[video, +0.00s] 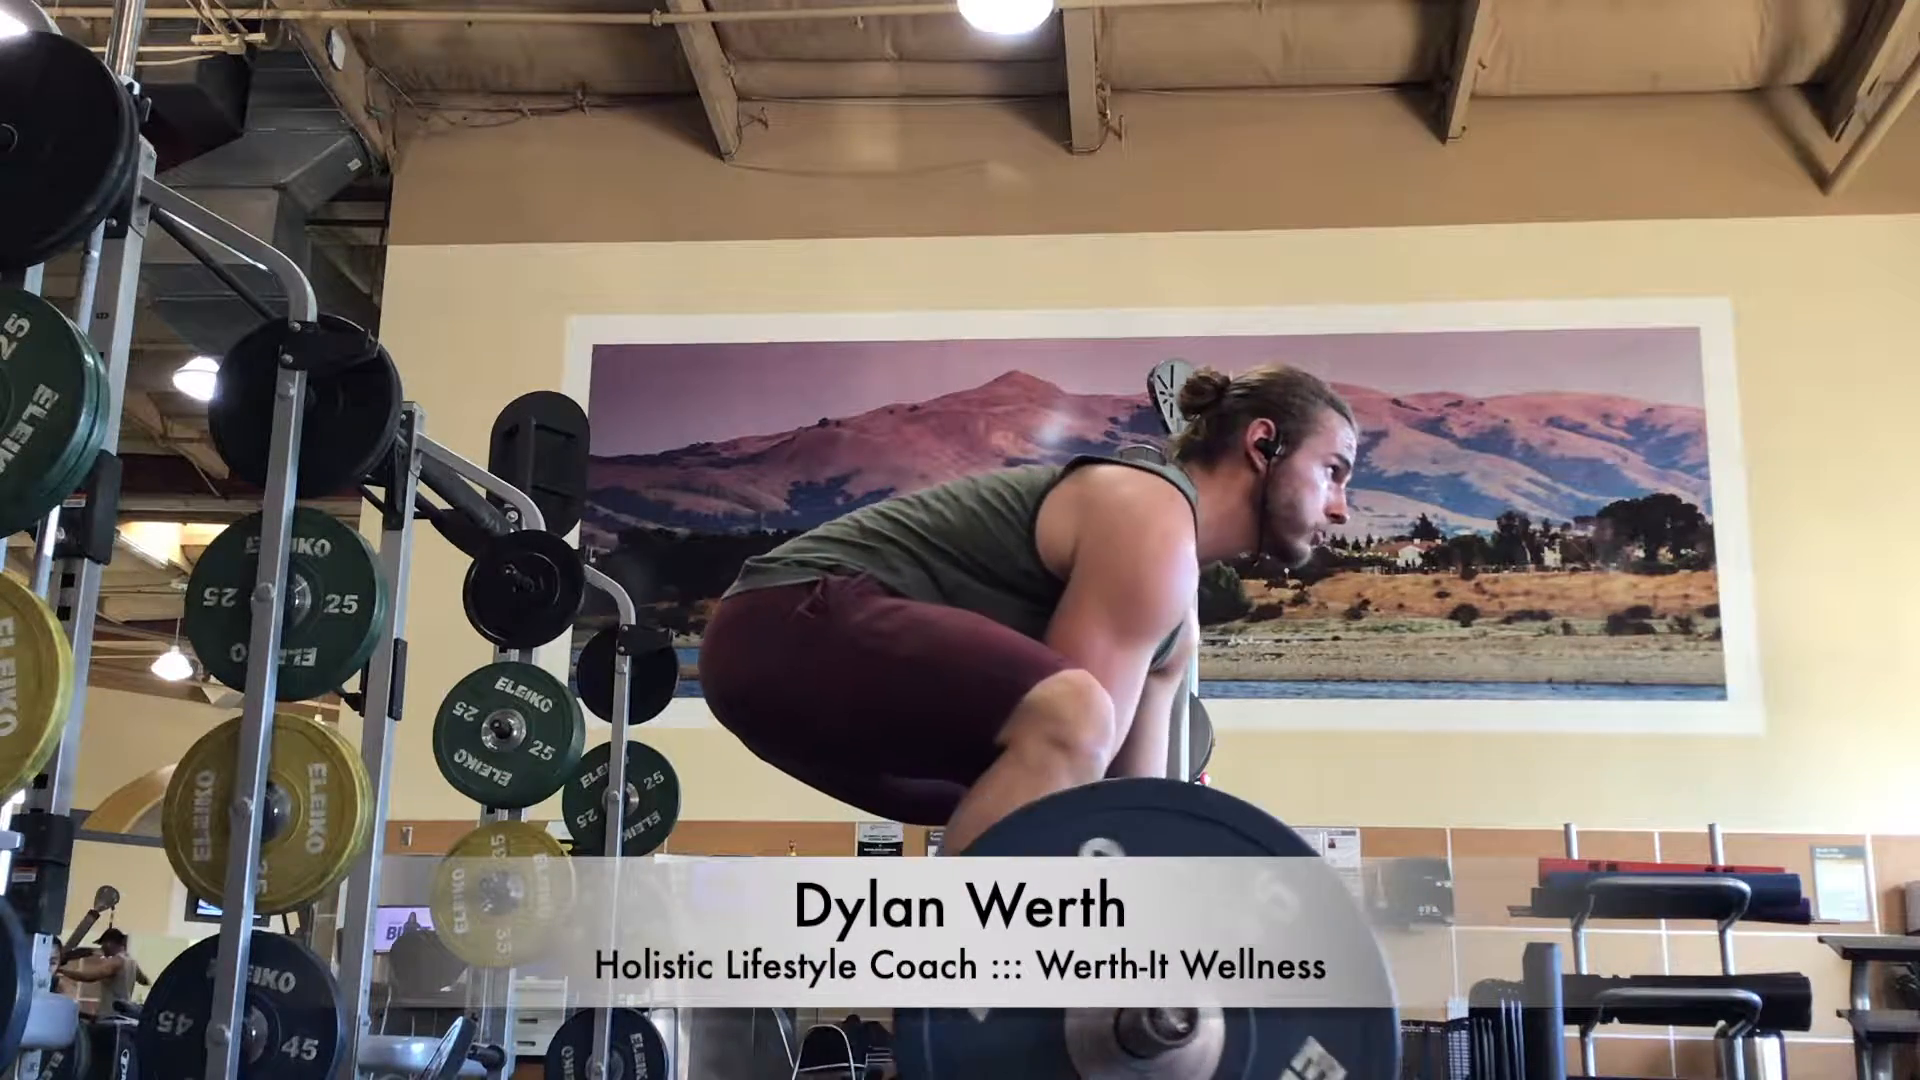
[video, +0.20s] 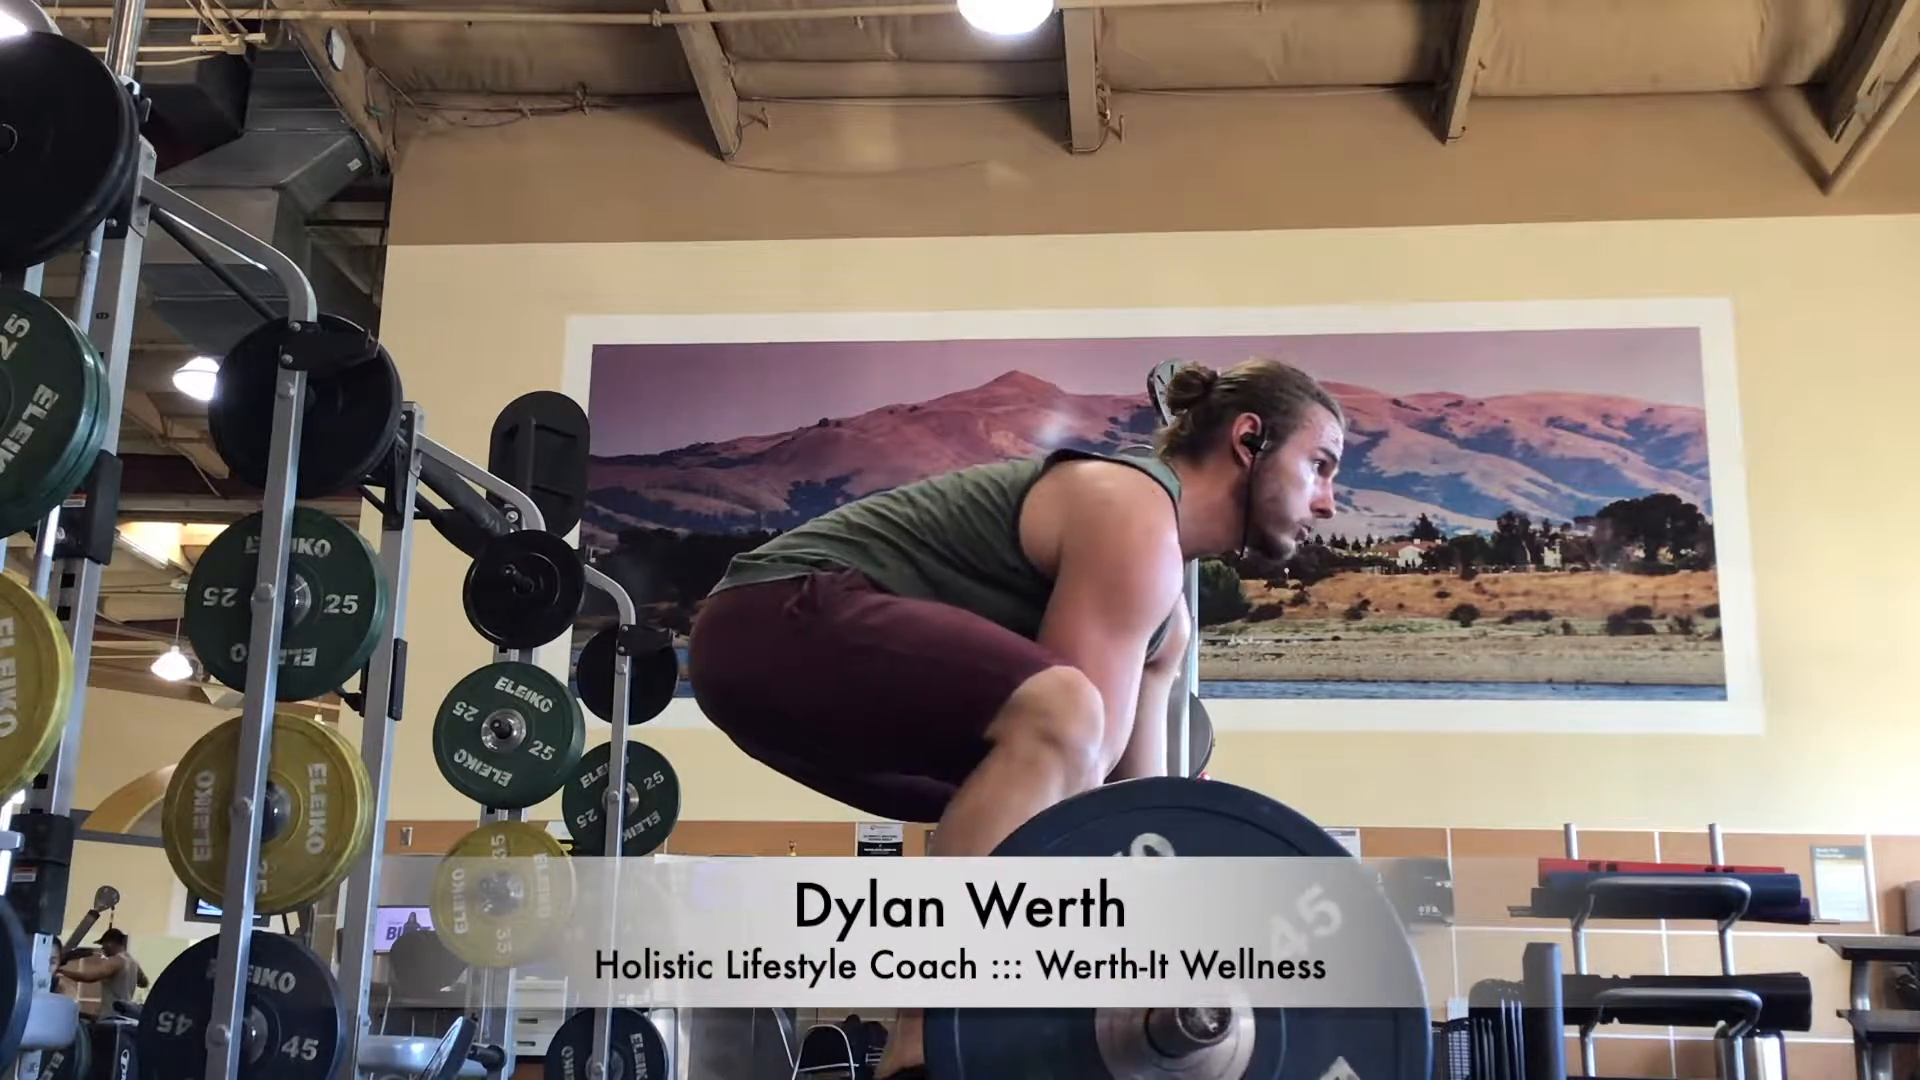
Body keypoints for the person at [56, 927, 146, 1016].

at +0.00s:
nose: (102, 948)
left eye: (103, 944)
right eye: (101, 944)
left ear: (112, 943)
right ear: (121, 944)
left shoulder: (115, 961)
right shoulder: (132, 963)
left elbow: (88, 977)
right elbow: (144, 981)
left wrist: (61, 971)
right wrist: (131, 970)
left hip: (106, 1017)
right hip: (123, 1017)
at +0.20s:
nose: (103, 949)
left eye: (104, 945)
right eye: (102, 945)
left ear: (113, 943)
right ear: (120, 943)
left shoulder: (116, 961)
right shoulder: (132, 962)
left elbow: (88, 977)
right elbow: (144, 983)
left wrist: (61, 971)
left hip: (107, 1017)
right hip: (124, 1018)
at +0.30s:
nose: (104, 947)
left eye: (106, 943)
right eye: (104, 943)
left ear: (113, 943)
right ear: (122, 944)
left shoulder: (117, 961)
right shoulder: (132, 963)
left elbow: (88, 977)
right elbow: (139, 983)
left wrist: (62, 972)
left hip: (109, 1016)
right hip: (127, 1016)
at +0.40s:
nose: (106, 947)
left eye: (107, 943)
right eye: (106, 943)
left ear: (109, 943)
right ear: (123, 942)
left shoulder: (118, 961)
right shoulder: (132, 962)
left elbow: (89, 977)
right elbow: (136, 984)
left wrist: (62, 971)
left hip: (110, 1015)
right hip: (126, 1016)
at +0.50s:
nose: (107, 947)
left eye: (108, 943)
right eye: (107, 943)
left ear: (109, 944)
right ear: (124, 942)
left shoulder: (118, 961)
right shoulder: (132, 962)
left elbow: (89, 978)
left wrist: (62, 971)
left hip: (111, 1016)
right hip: (126, 1016)